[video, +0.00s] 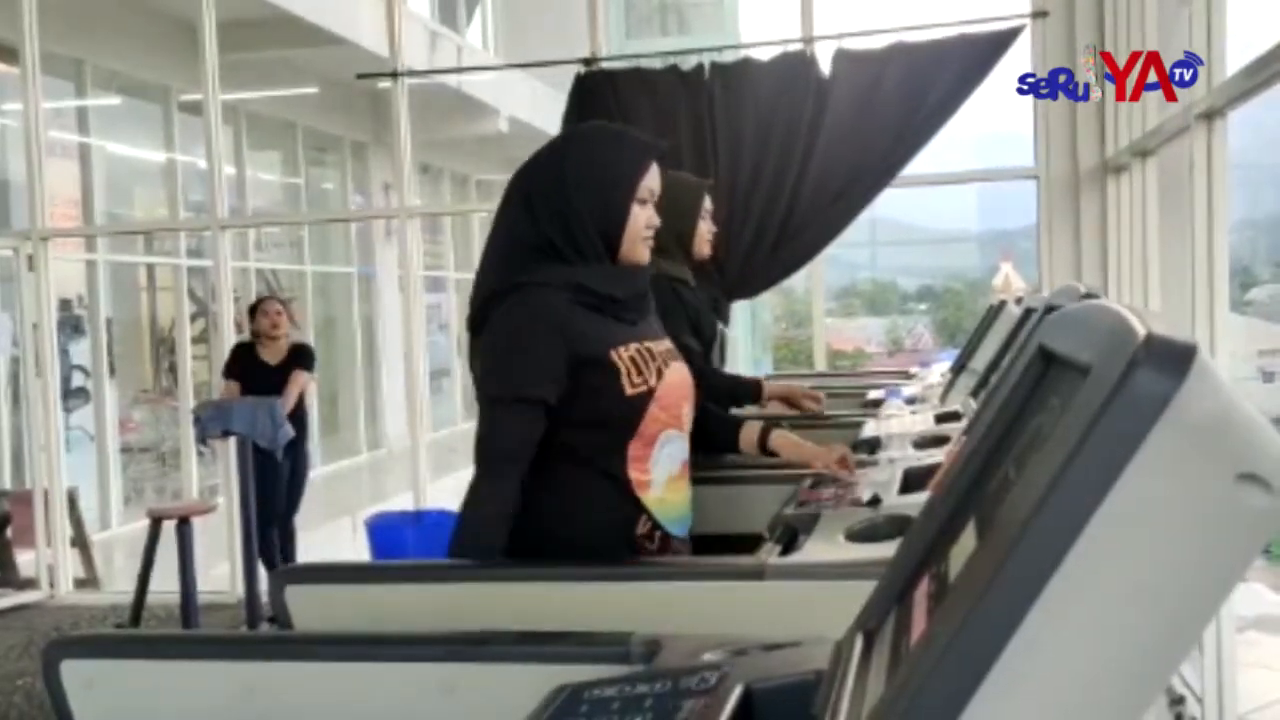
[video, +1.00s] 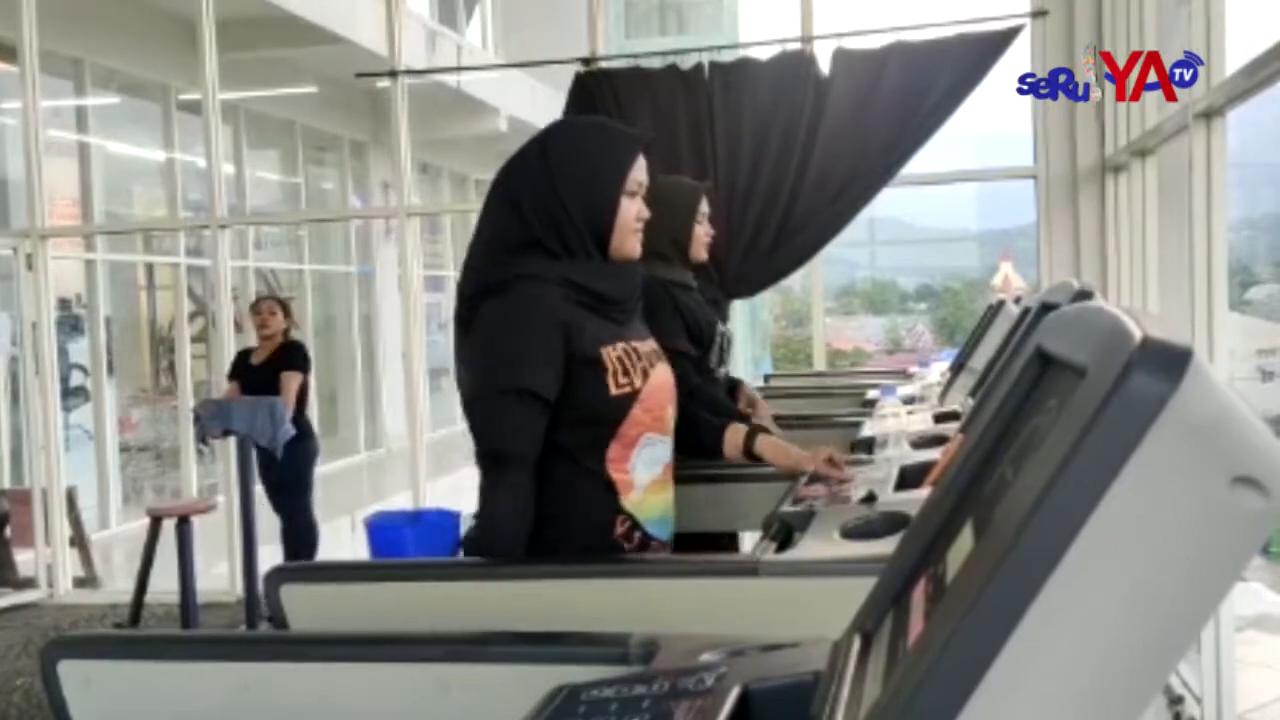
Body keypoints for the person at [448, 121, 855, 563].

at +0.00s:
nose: (655, 220)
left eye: (655, 204)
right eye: (642, 203)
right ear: (589, 202)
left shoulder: (628, 303)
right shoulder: (536, 314)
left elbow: (669, 415)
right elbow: (498, 475)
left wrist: (778, 442)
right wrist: (460, 594)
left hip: (648, 564)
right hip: (571, 580)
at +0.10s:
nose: (647, 208)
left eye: (646, 192)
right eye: (635, 190)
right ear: (587, 188)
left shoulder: (618, 282)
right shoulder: (536, 292)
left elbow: (669, 393)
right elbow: (532, 451)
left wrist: (774, 438)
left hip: (641, 537)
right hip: (577, 551)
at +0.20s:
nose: (643, 205)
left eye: (642, 189)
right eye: (631, 187)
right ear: (582, 186)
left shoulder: (612, 285)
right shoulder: (534, 288)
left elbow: (666, 395)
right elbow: (550, 431)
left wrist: (767, 438)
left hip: (614, 550)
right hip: (545, 563)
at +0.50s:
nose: (651, 206)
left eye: (649, 190)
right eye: (637, 189)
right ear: (589, 190)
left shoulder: (625, 288)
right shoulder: (541, 290)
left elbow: (670, 404)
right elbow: (538, 442)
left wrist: (769, 443)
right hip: (568, 565)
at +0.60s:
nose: (654, 197)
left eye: (652, 181)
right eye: (640, 179)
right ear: (590, 178)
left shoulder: (629, 278)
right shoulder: (532, 281)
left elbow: (684, 392)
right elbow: (519, 435)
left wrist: (788, 449)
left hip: (642, 534)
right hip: (569, 546)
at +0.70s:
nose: (653, 200)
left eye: (651, 183)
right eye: (639, 183)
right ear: (588, 182)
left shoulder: (628, 284)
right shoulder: (527, 287)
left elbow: (674, 396)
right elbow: (491, 440)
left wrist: (780, 440)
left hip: (632, 550)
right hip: (549, 562)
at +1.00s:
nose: (645, 211)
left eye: (643, 195)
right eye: (632, 194)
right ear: (583, 195)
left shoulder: (610, 297)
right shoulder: (526, 307)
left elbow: (668, 411)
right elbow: (507, 473)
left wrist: (784, 455)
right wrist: (486, 600)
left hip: (633, 558)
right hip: (564, 571)